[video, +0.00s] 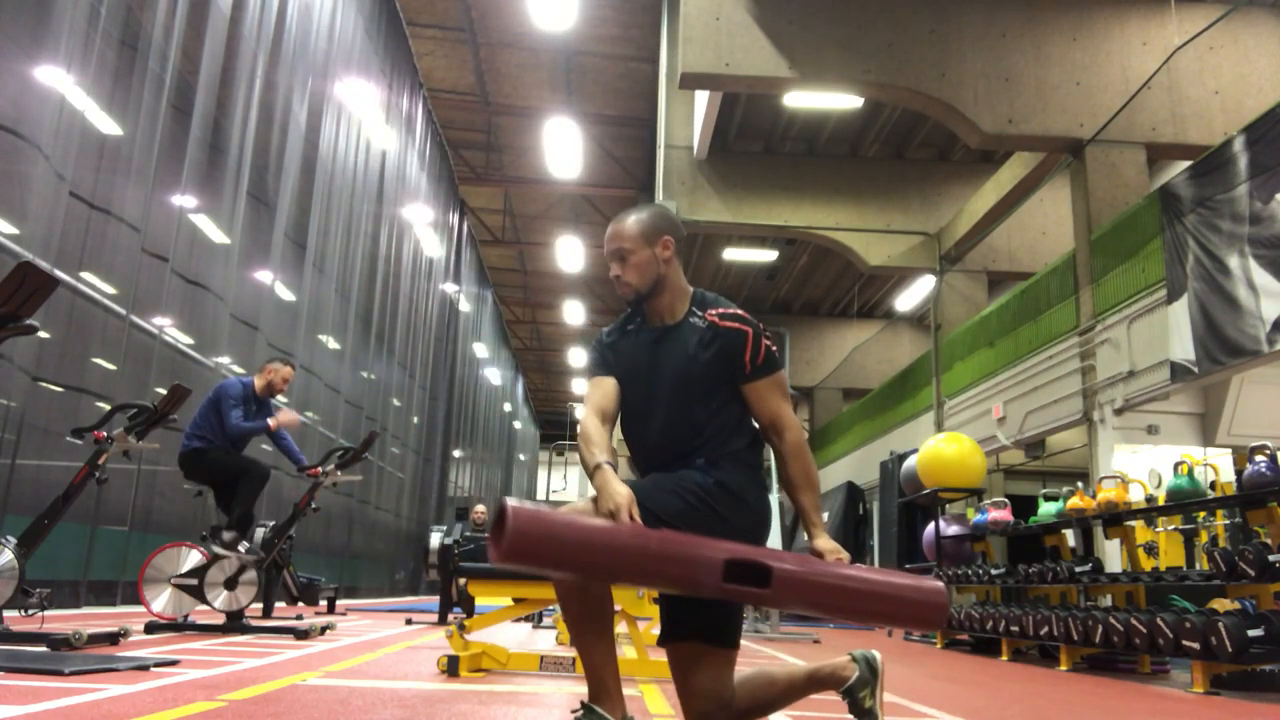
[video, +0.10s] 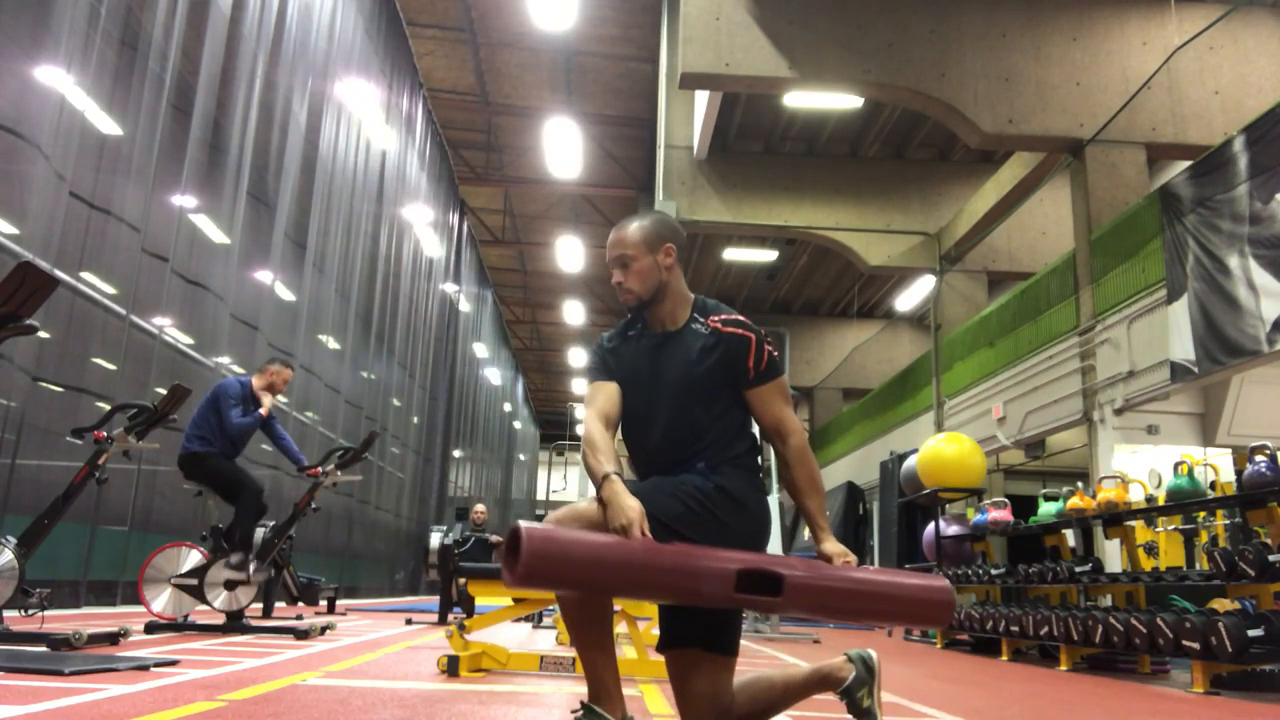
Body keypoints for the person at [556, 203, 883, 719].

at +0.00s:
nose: (612, 271)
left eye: (623, 257)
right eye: (608, 260)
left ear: (665, 251)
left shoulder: (730, 328)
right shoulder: (615, 344)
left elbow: (785, 429)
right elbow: (595, 419)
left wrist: (816, 530)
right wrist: (603, 476)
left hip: (727, 502)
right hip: (668, 509)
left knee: (568, 529)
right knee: (708, 703)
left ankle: (606, 708)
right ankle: (848, 672)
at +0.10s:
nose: (615, 278)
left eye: (626, 263)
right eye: (611, 266)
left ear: (667, 258)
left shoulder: (730, 333)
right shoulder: (615, 349)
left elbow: (786, 433)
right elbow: (597, 426)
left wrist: (823, 533)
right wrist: (611, 487)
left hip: (728, 506)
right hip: (672, 515)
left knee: (567, 527)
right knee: (706, 708)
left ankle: (607, 707)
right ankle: (843, 672)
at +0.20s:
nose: (616, 280)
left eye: (627, 266)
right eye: (612, 269)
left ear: (668, 260)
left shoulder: (732, 335)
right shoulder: (616, 349)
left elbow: (788, 433)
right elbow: (599, 427)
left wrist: (826, 533)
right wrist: (619, 492)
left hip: (729, 506)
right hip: (673, 516)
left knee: (566, 527)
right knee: (704, 708)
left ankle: (607, 707)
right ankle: (841, 673)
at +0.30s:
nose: (618, 279)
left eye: (629, 265)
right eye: (614, 268)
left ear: (670, 261)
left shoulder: (732, 336)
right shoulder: (615, 348)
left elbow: (789, 432)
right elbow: (600, 427)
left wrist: (828, 531)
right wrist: (622, 497)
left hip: (729, 507)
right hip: (673, 516)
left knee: (567, 527)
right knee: (704, 708)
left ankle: (607, 707)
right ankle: (841, 673)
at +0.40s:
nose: (619, 278)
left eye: (630, 264)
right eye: (615, 267)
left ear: (672, 260)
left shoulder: (733, 336)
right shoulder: (615, 347)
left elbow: (788, 432)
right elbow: (601, 428)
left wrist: (828, 531)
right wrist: (621, 500)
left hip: (727, 508)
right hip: (671, 517)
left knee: (567, 528)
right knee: (703, 709)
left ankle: (607, 707)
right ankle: (841, 672)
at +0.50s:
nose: (621, 277)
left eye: (632, 264)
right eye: (617, 266)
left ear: (673, 259)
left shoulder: (734, 336)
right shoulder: (615, 346)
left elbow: (787, 432)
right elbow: (602, 427)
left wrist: (826, 532)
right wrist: (621, 501)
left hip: (727, 507)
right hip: (669, 516)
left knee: (568, 526)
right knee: (702, 708)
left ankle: (607, 707)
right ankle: (842, 672)